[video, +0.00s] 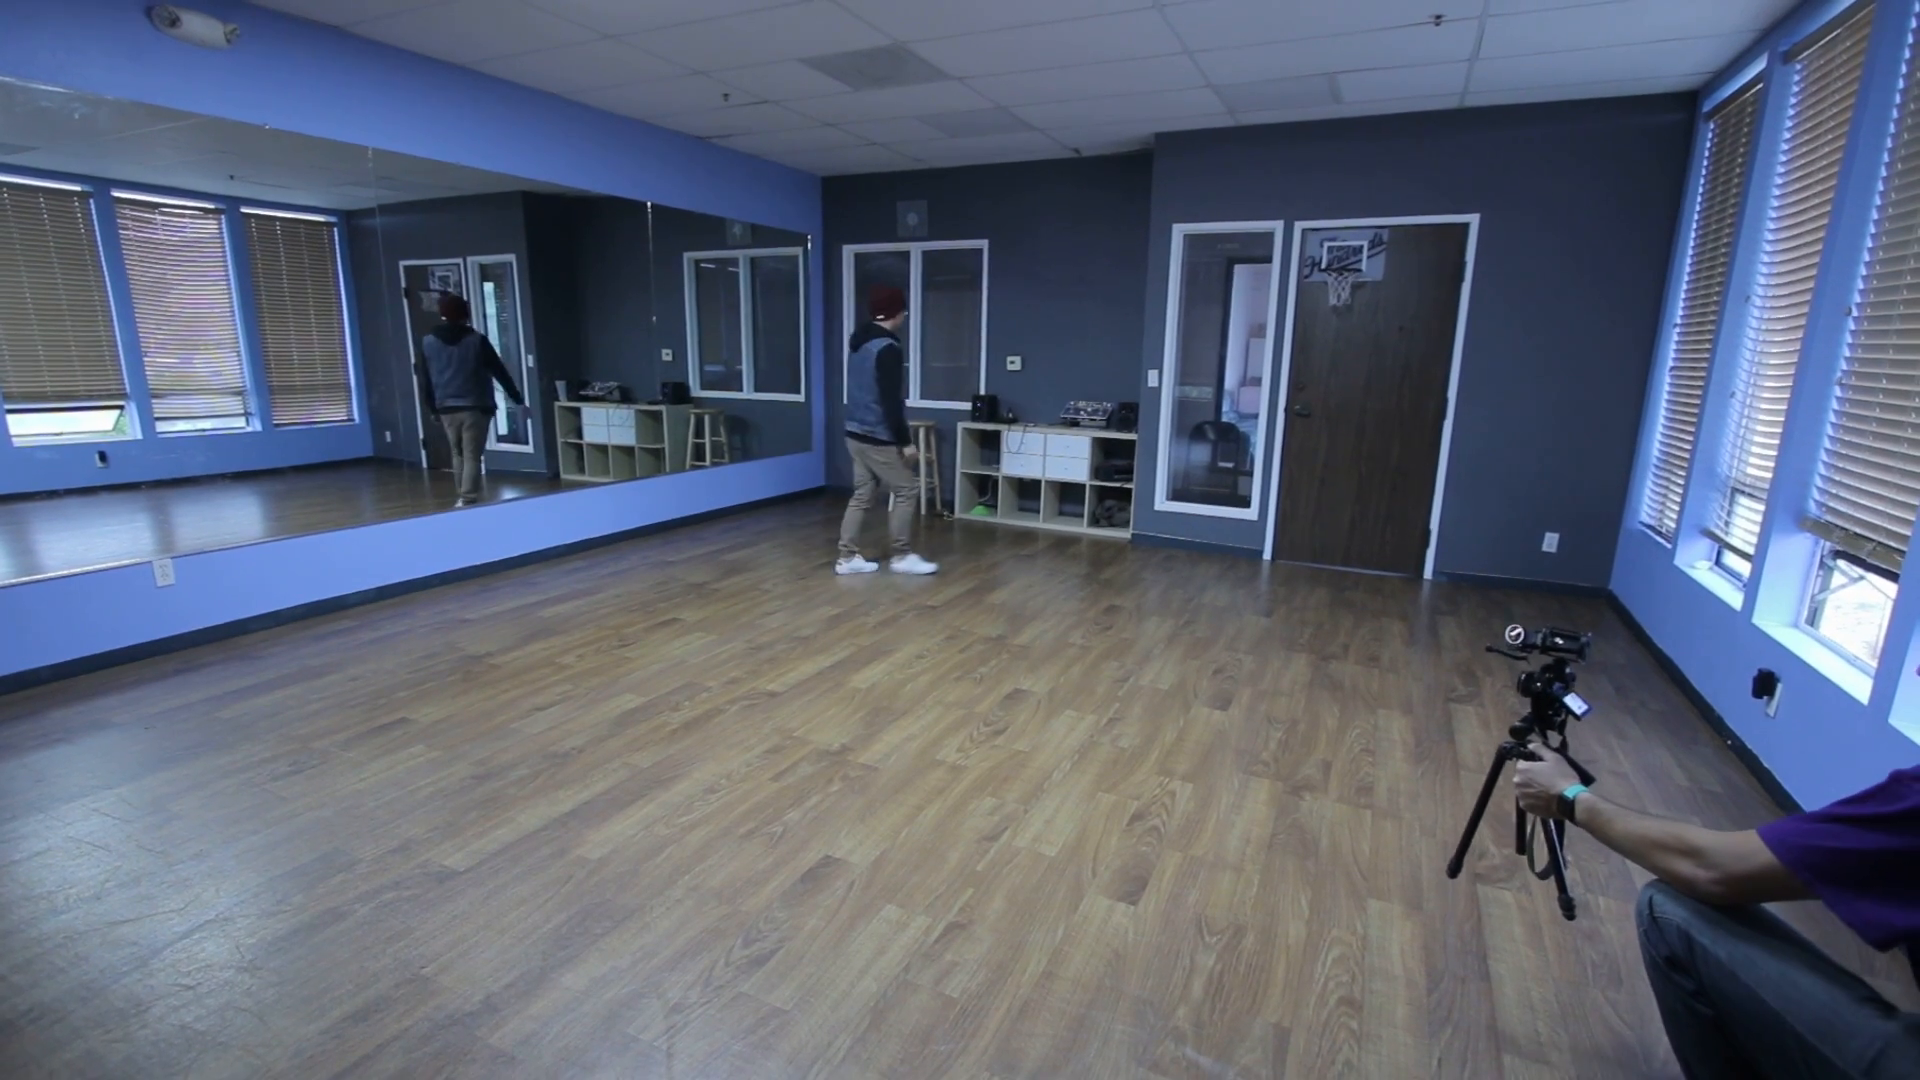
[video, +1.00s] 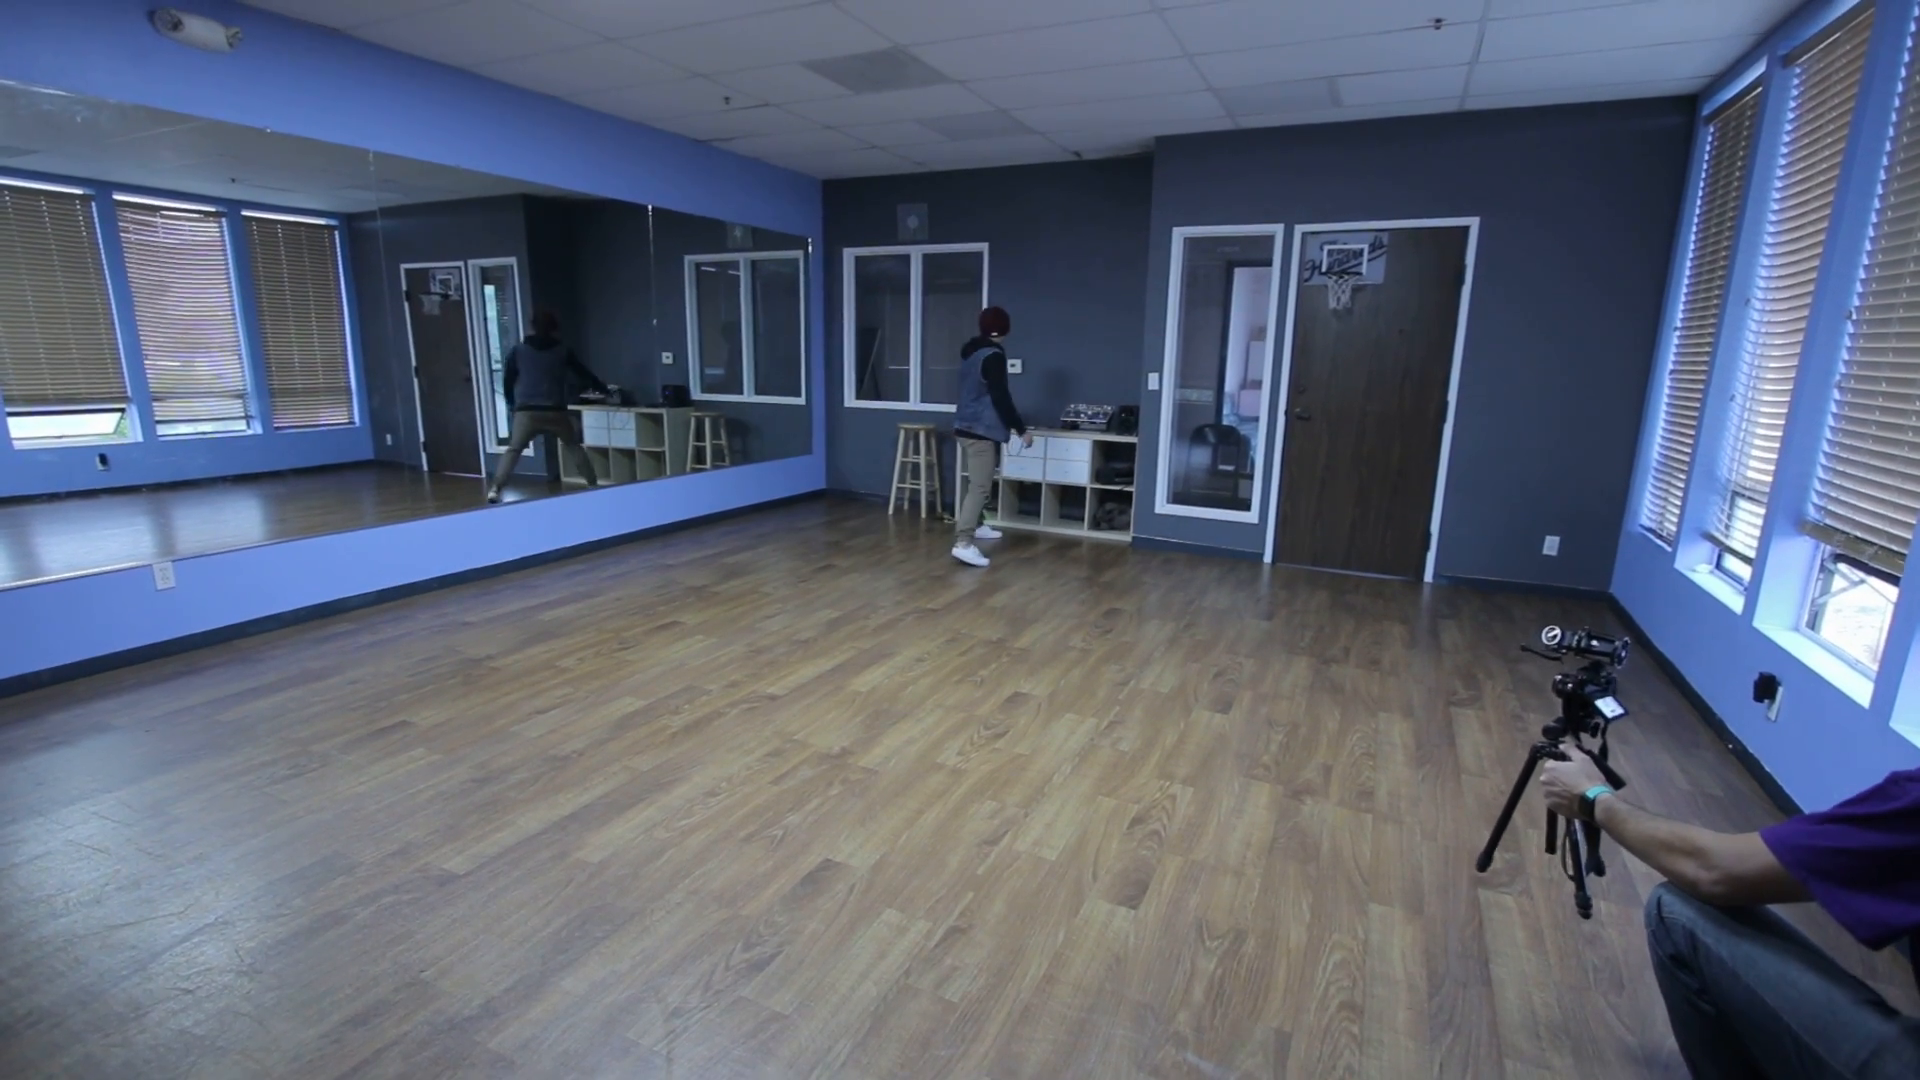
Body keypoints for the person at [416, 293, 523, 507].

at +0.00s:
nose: (467, 316)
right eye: (465, 312)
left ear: (443, 315)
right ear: (465, 313)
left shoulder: (428, 342)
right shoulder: (477, 340)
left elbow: (425, 379)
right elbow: (499, 372)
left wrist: (433, 409)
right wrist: (517, 399)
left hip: (447, 408)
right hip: (475, 406)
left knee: (457, 453)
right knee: (472, 455)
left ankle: (462, 496)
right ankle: (467, 499)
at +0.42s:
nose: (487, 314)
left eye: (483, 312)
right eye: (486, 311)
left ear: (464, 314)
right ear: (487, 312)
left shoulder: (453, 339)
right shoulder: (497, 335)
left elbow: (450, 373)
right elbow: (511, 367)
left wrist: (451, 402)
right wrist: (513, 393)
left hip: (467, 399)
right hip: (493, 398)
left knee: (480, 441)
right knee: (499, 443)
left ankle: (488, 486)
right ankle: (478, 474)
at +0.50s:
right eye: (491, 310)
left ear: (468, 312)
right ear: (491, 310)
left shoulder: (458, 338)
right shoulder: (501, 334)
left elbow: (455, 372)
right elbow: (514, 366)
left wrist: (458, 400)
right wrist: (521, 391)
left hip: (472, 398)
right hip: (498, 395)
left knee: (483, 439)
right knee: (511, 438)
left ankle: (487, 486)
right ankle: (486, 470)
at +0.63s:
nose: (500, 316)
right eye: (500, 312)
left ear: (478, 313)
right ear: (500, 312)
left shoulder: (468, 337)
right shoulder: (509, 334)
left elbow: (464, 371)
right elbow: (525, 365)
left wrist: (474, 395)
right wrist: (537, 388)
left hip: (482, 396)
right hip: (509, 395)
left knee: (488, 443)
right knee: (529, 437)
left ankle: (487, 488)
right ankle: (515, 481)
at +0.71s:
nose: (507, 321)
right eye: (507, 317)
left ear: (485, 318)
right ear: (507, 317)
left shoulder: (473, 343)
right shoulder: (518, 340)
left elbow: (471, 373)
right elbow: (534, 368)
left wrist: (480, 389)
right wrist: (547, 390)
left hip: (490, 399)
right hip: (517, 397)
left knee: (492, 444)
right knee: (536, 438)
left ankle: (488, 490)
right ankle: (543, 481)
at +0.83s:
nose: (526, 326)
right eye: (525, 322)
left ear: (503, 323)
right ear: (524, 323)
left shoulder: (489, 346)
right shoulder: (534, 345)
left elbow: (487, 379)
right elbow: (553, 372)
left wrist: (499, 393)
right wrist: (571, 392)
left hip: (503, 405)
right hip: (531, 403)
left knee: (500, 449)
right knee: (553, 441)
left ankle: (490, 492)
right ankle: (578, 478)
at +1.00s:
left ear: (533, 328)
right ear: (555, 328)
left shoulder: (518, 350)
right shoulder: (562, 350)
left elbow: (508, 381)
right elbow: (583, 373)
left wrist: (512, 405)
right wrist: (604, 389)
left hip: (526, 411)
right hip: (556, 410)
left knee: (514, 450)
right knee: (573, 446)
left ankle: (495, 489)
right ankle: (593, 484)